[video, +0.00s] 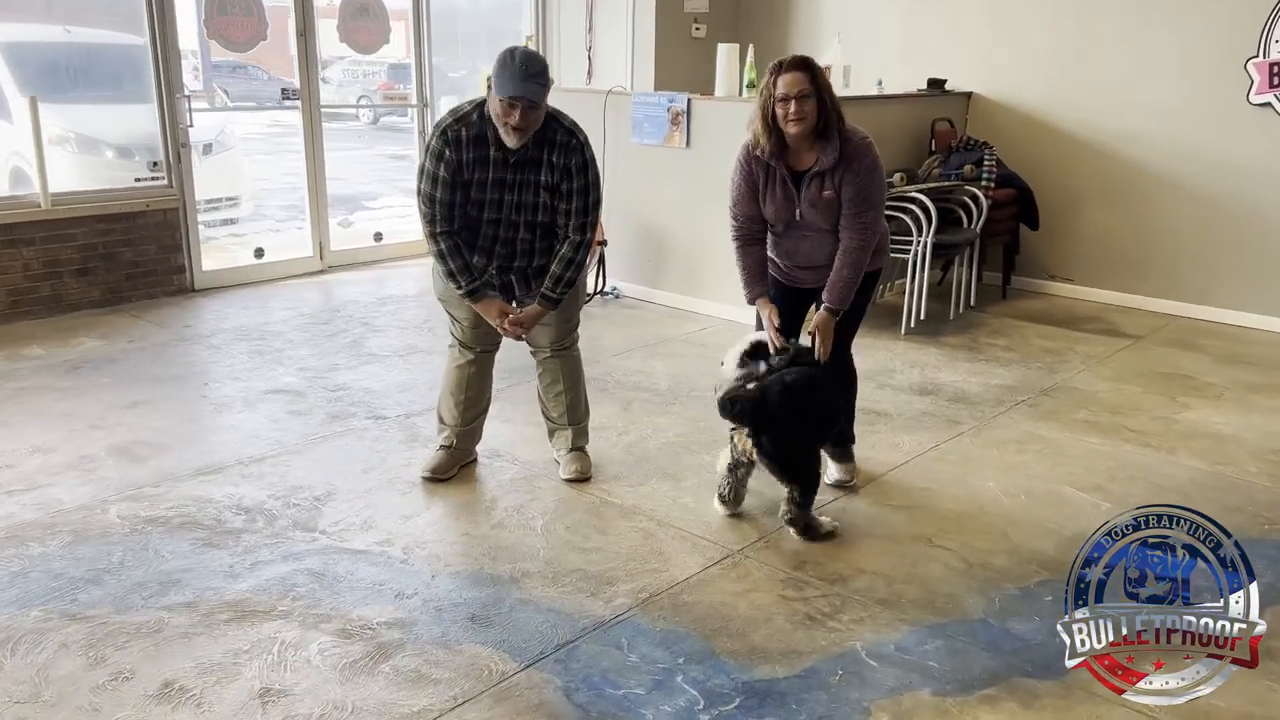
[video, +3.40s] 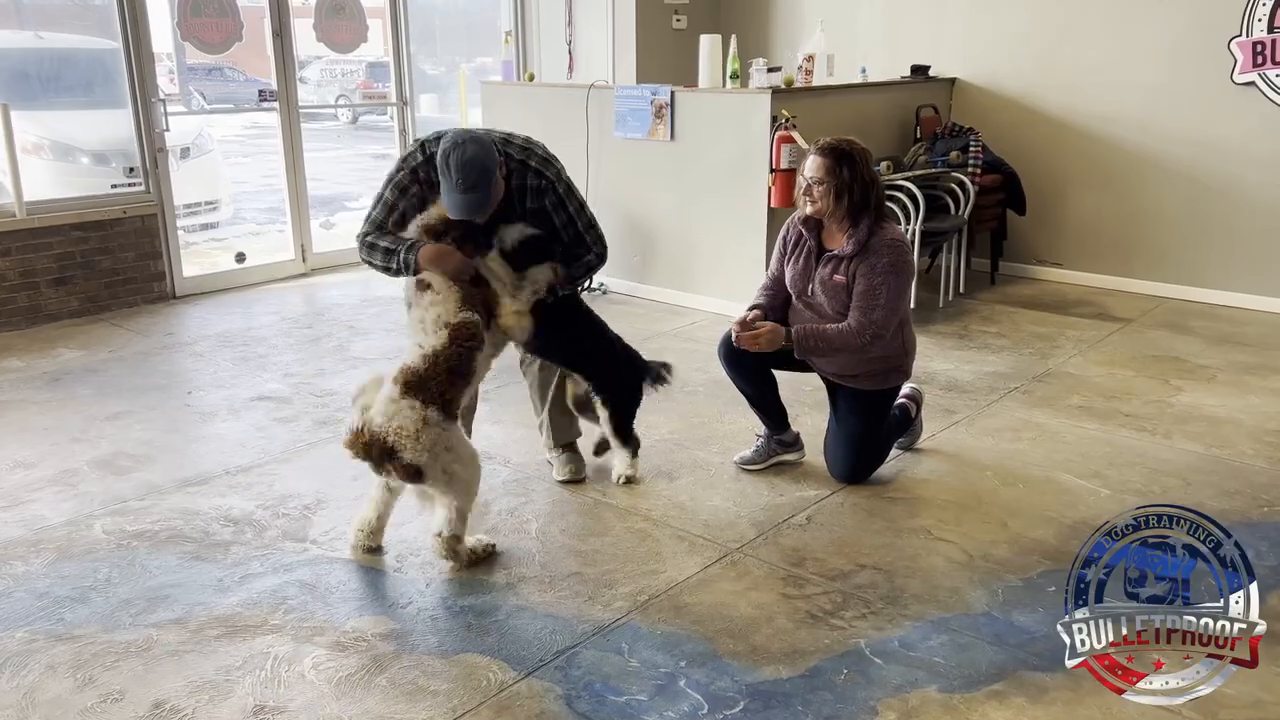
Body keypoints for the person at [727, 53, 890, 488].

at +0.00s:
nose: (793, 108)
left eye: (803, 98)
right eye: (782, 99)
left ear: (821, 101)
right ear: (769, 106)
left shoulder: (855, 152)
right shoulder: (756, 155)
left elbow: (858, 238)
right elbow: (746, 232)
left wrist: (830, 309)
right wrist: (761, 300)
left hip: (850, 267)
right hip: (787, 265)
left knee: (832, 351)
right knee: (773, 350)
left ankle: (839, 449)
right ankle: (761, 441)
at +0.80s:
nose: (827, 119)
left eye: (837, 108)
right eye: (817, 109)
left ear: (859, 104)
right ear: (806, 108)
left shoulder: (899, 143)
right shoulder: (797, 149)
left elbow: (918, 228)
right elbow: (780, 224)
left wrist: (885, 298)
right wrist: (762, 299)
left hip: (891, 258)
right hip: (828, 255)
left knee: (874, 335)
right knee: (814, 340)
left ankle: (883, 437)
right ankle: (817, 422)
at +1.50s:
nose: (809, 147)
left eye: (820, 137)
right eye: (801, 138)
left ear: (844, 136)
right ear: (792, 138)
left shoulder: (889, 173)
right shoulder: (792, 180)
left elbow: (900, 262)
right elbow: (768, 240)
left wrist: (860, 333)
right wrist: (732, 300)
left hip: (907, 267)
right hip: (838, 267)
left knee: (895, 355)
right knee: (818, 355)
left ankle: (922, 417)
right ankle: (831, 440)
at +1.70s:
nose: (793, 175)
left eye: (803, 165)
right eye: (787, 165)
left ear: (831, 165)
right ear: (781, 167)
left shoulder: (876, 207)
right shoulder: (784, 208)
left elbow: (877, 298)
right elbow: (750, 259)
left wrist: (826, 361)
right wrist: (700, 301)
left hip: (901, 298)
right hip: (834, 291)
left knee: (894, 400)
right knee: (797, 350)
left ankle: (951, 405)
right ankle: (825, 440)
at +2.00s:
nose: (796, 218)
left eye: (806, 210)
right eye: (791, 208)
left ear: (834, 210)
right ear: (786, 207)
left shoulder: (872, 259)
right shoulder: (787, 244)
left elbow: (854, 344)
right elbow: (735, 273)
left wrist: (833, 419)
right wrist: (674, 288)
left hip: (888, 353)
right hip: (831, 337)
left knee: (878, 459)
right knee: (772, 357)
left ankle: (938, 411)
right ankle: (813, 442)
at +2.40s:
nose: (805, 207)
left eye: (816, 202)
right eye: (804, 197)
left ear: (846, 204)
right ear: (800, 194)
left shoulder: (886, 259)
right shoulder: (797, 236)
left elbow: (872, 346)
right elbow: (761, 275)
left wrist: (811, 390)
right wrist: (730, 291)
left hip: (875, 363)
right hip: (819, 340)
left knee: (863, 468)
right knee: (753, 351)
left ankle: (923, 410)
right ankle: (799, 438)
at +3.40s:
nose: (804, 190)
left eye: (816, 182)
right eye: (803, 180)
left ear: (847, 186)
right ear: (799, 181)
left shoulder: (886, 247)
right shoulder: (798, 228)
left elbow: (864, 334)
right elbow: (775, 286)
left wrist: (788, 337)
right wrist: (758, 314)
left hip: (866, 364)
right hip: (814, 348)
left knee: (847, 470)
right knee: (734, 346)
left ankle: (908, 407)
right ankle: (780, 435)